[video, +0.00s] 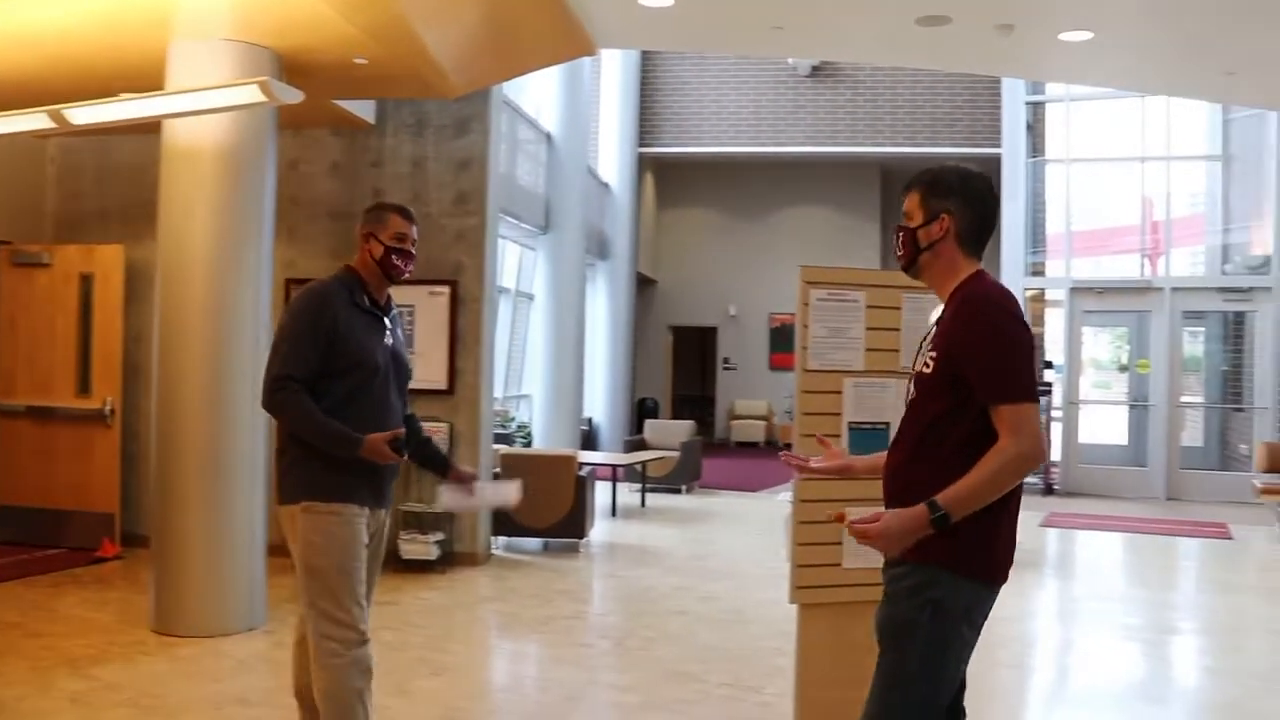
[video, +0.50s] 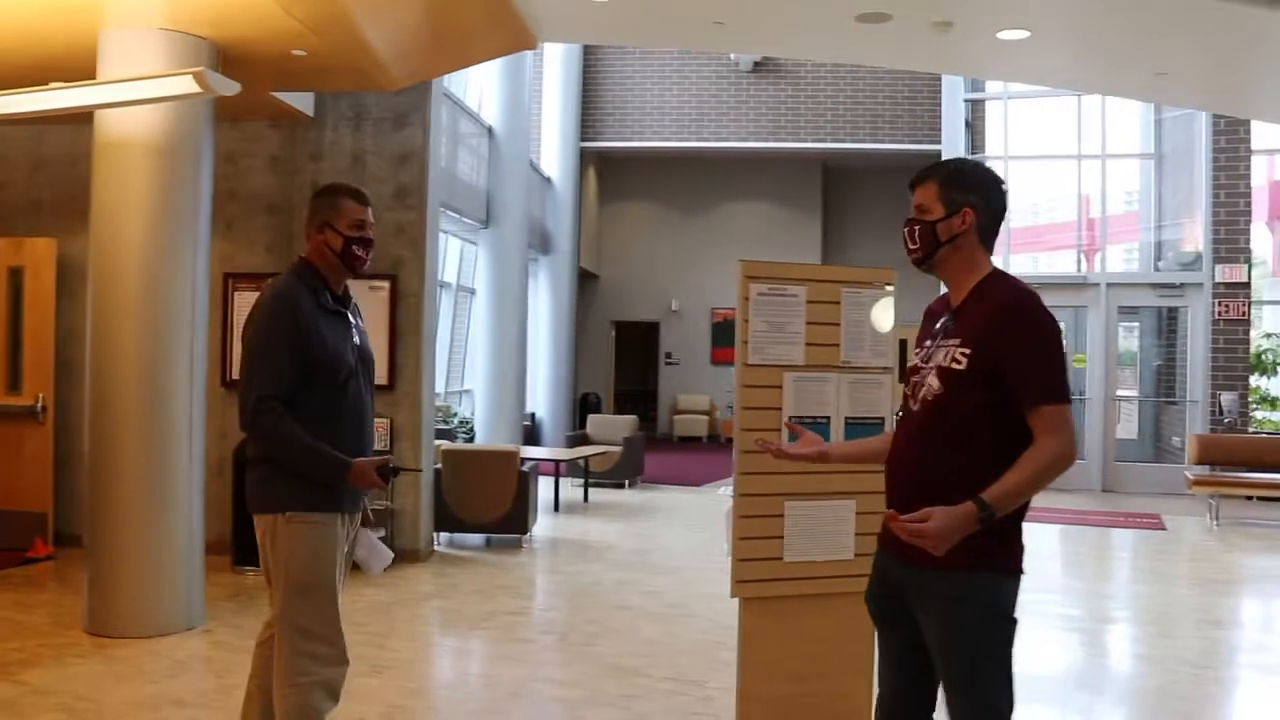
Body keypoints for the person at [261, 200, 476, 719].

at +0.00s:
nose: (406, 256)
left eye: (412, 249)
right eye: (398, 245)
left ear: (412, 253)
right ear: (366, 240)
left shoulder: (386, 316)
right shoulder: (320, 301)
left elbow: (395, 414)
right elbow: (279, 393)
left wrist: (446, 469)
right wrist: (357, 445)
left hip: (371, 495)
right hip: (324, 494)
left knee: (330, 632)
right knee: (342, 638)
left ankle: (318, 714)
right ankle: (348, 716)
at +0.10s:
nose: (398, 255)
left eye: (403, 247)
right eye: (389, 243)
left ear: (404, 251)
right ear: (355, 240)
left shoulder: (378, 317)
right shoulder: (311, 302)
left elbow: (384, 415)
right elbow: (274, 396)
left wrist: (425, 479)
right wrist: (351, 449)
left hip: (361, 495)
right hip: (314, 495)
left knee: (312, 631)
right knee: (338, 640)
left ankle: (303, 715)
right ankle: (343, 718)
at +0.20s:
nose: (389, 252)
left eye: (393, 243)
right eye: (379, 241)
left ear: (391, 248)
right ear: (344, 239)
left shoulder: (364, 312)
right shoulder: (304, 302)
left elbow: (372, 414)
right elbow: (269, 402)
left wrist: (402, 494)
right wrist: (348, 453)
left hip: (346, 496)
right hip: (308, 497)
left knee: (298, 633)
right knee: (331, 643)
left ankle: (289, 716)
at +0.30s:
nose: (377, 249)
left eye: (381, 241)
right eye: (366, 238)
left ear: (381, 246)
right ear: (331, 238)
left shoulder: (353, 311)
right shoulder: (295, 303)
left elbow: (362, 414)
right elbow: (266, 408)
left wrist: (378, 502)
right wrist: (347, 463)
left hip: (337, 499)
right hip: (302, 501)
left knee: (290, 636)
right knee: (320, 650)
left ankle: (275, 716)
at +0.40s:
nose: (371, 245)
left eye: (374, 236)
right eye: (360, 234)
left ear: (372, 241)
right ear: (323, 236)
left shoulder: (344, 306)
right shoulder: (289, 303)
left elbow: (346, 413)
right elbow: (265, 413)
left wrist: (362, 500)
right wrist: (346, 468)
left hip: (332, 501)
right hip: (298, 503)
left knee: (287, 641)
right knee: (314, 657)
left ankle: (265, 717)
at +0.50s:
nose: (368, 242)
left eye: (371, 233)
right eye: (357, 231)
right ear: (319, 233)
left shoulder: (339, 302)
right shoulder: (285, 300)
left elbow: (335, 406)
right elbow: (260, 414)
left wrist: (355, 489)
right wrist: (346, 468)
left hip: (327, 501)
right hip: (296, 502)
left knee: (287, 641)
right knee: (313, 656)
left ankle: (261, 715)